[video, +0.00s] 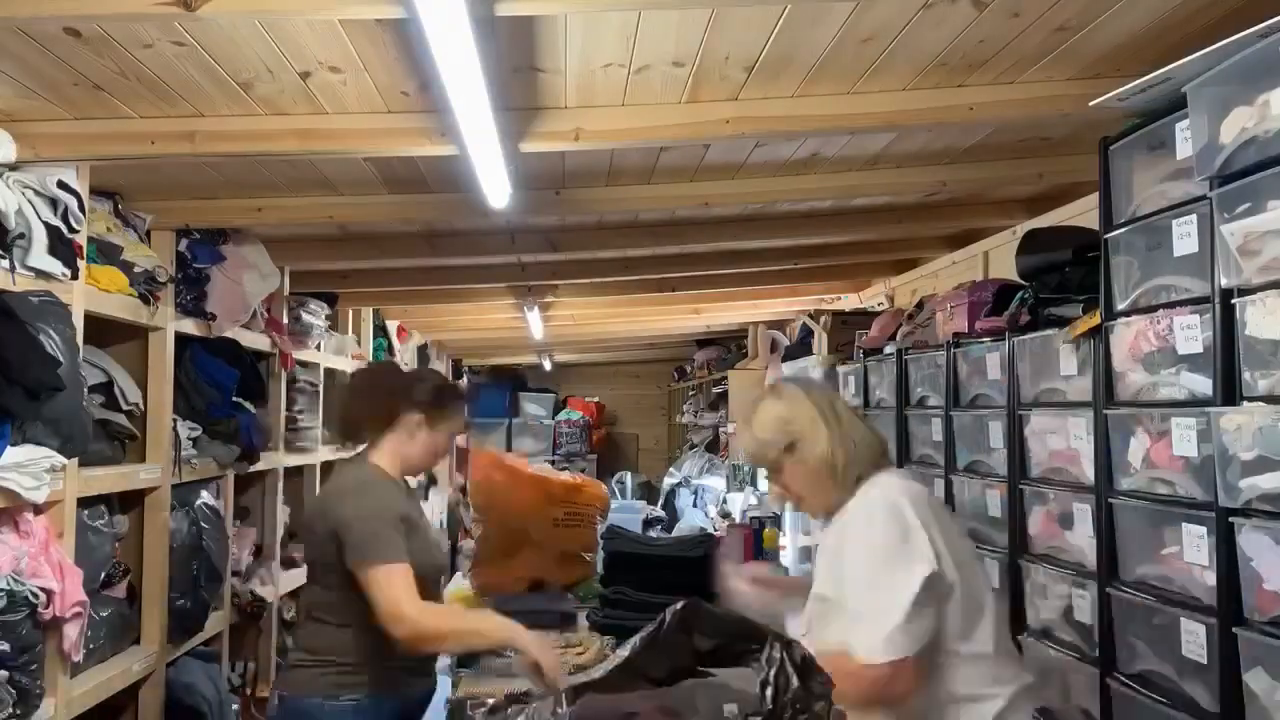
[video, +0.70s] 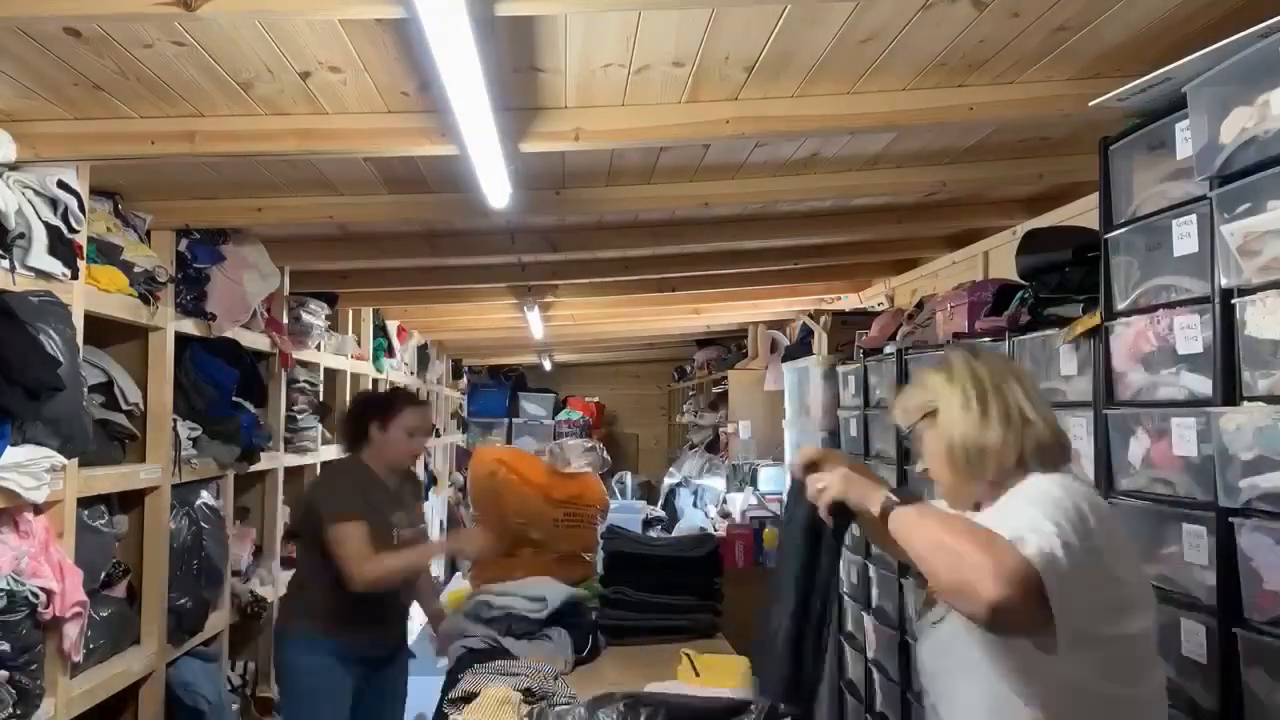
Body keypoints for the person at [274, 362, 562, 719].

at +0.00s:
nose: (445, 452)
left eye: (451, 440)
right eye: (446, 436)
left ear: (414, 423)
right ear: (414, 423)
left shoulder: (386, 491)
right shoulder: (365, 495)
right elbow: (406, 621)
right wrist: (513, 634)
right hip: (345, 701)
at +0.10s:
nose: (461, 455)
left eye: (466, 443)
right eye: (462, 440)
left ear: (429, 431)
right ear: (431, 431)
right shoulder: (376, 500)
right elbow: (440, 622)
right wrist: (518, 615)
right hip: (358, 705)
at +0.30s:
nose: (393, 438)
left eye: (397, 425)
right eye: (394, 423)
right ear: (368, 417)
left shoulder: (302, 491)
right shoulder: (352, 492)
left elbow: (406, 496)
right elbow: (482, 505)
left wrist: (457, 430)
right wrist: (500, 416)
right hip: (374, 701)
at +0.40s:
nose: (407, 438)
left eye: (409, 426)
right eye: (405, 423)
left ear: (364, 421)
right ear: (365, 420)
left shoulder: (308, 484)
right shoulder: (364, 490)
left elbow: (384, 558)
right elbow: (441, 601)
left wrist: (468, 553)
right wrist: (518, 592)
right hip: (372, 700)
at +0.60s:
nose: (423, 421)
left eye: (430, 412)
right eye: (417, 412)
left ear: (443, 415)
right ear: (405, 413)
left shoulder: (456, 457)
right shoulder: (384, 452)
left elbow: (469, 513)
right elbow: (361, 512)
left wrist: (450, 537)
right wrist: (362, 565)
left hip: (427, 568)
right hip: (379, 566)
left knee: (417, 655)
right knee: (366, 660)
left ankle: (419, 716)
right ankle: (377, 711)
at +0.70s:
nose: (421, 446)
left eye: (425, 436)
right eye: (412, 434)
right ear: (377, 430)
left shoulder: (408, 486)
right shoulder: (338, 484)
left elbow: (415, 561)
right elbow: (361, 572)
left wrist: (438, 619)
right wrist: (446, 544)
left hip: (385, 645)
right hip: (320, 646)